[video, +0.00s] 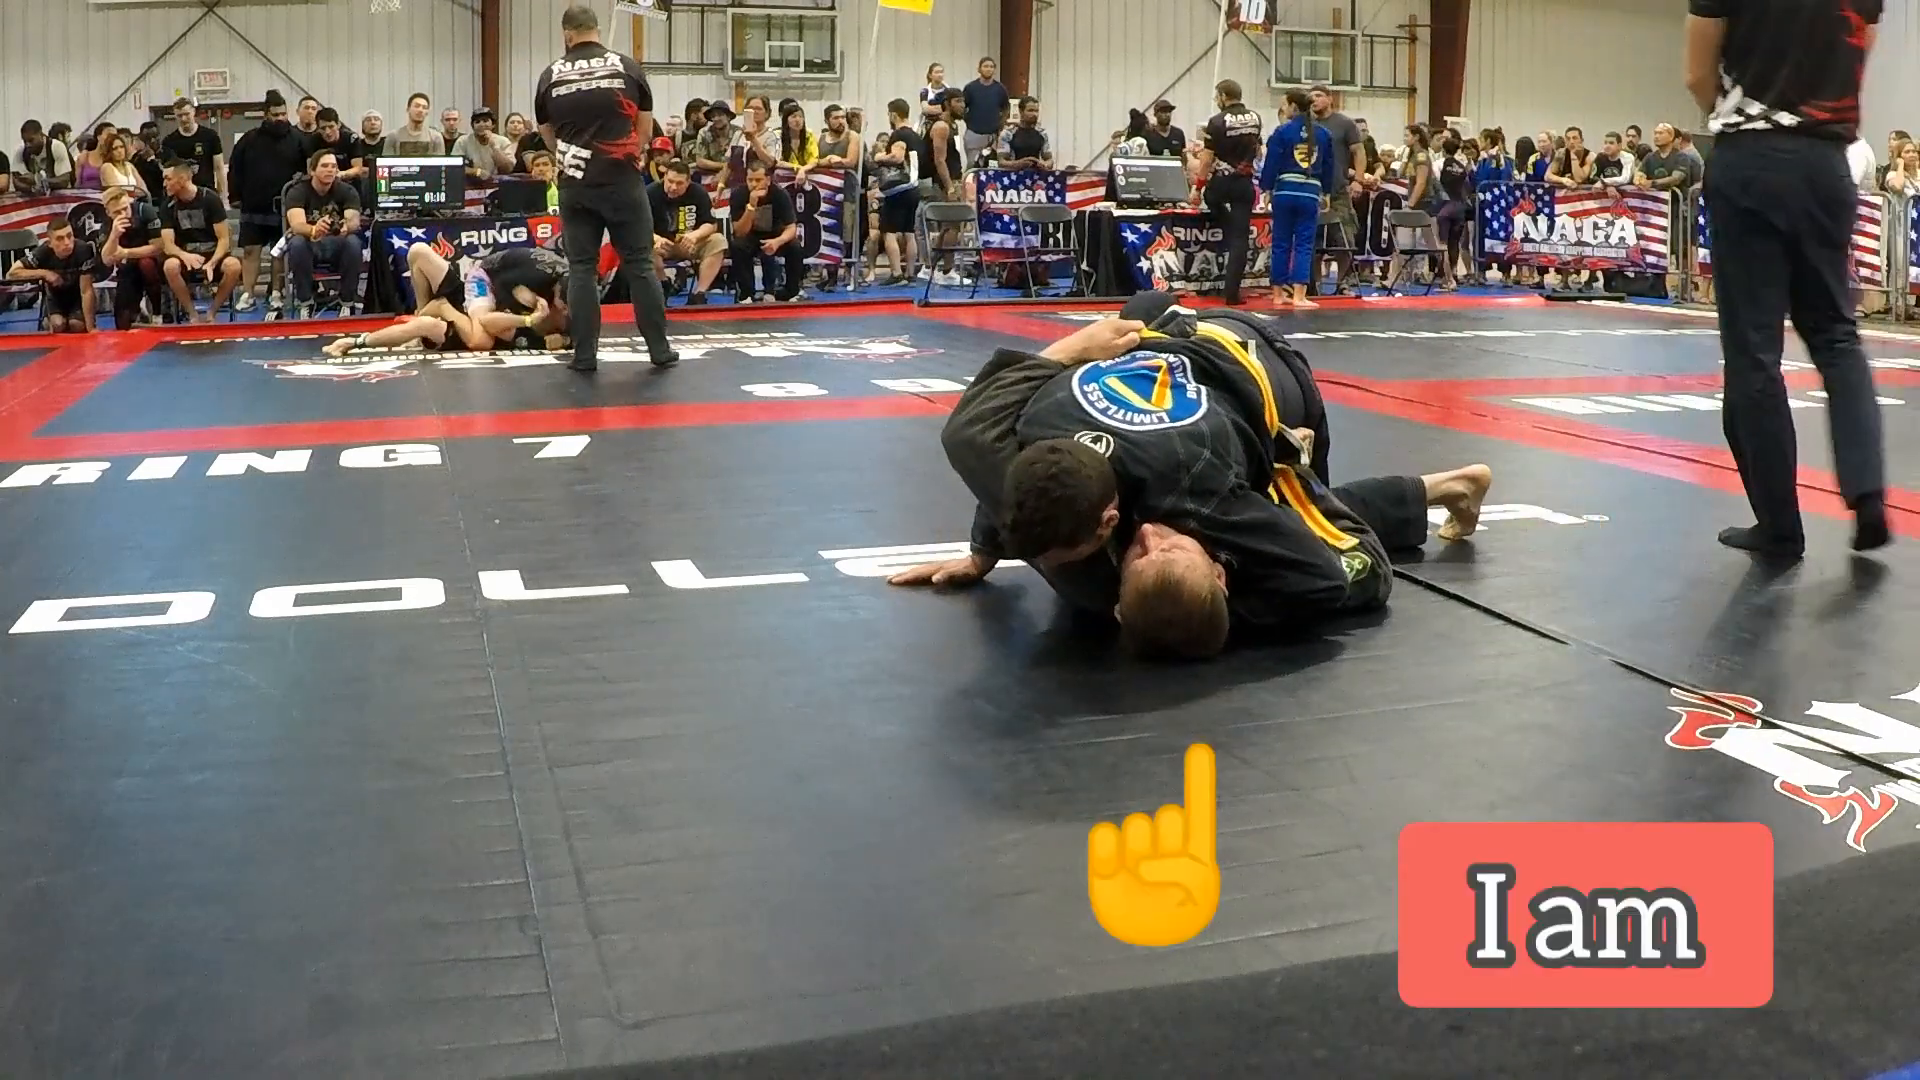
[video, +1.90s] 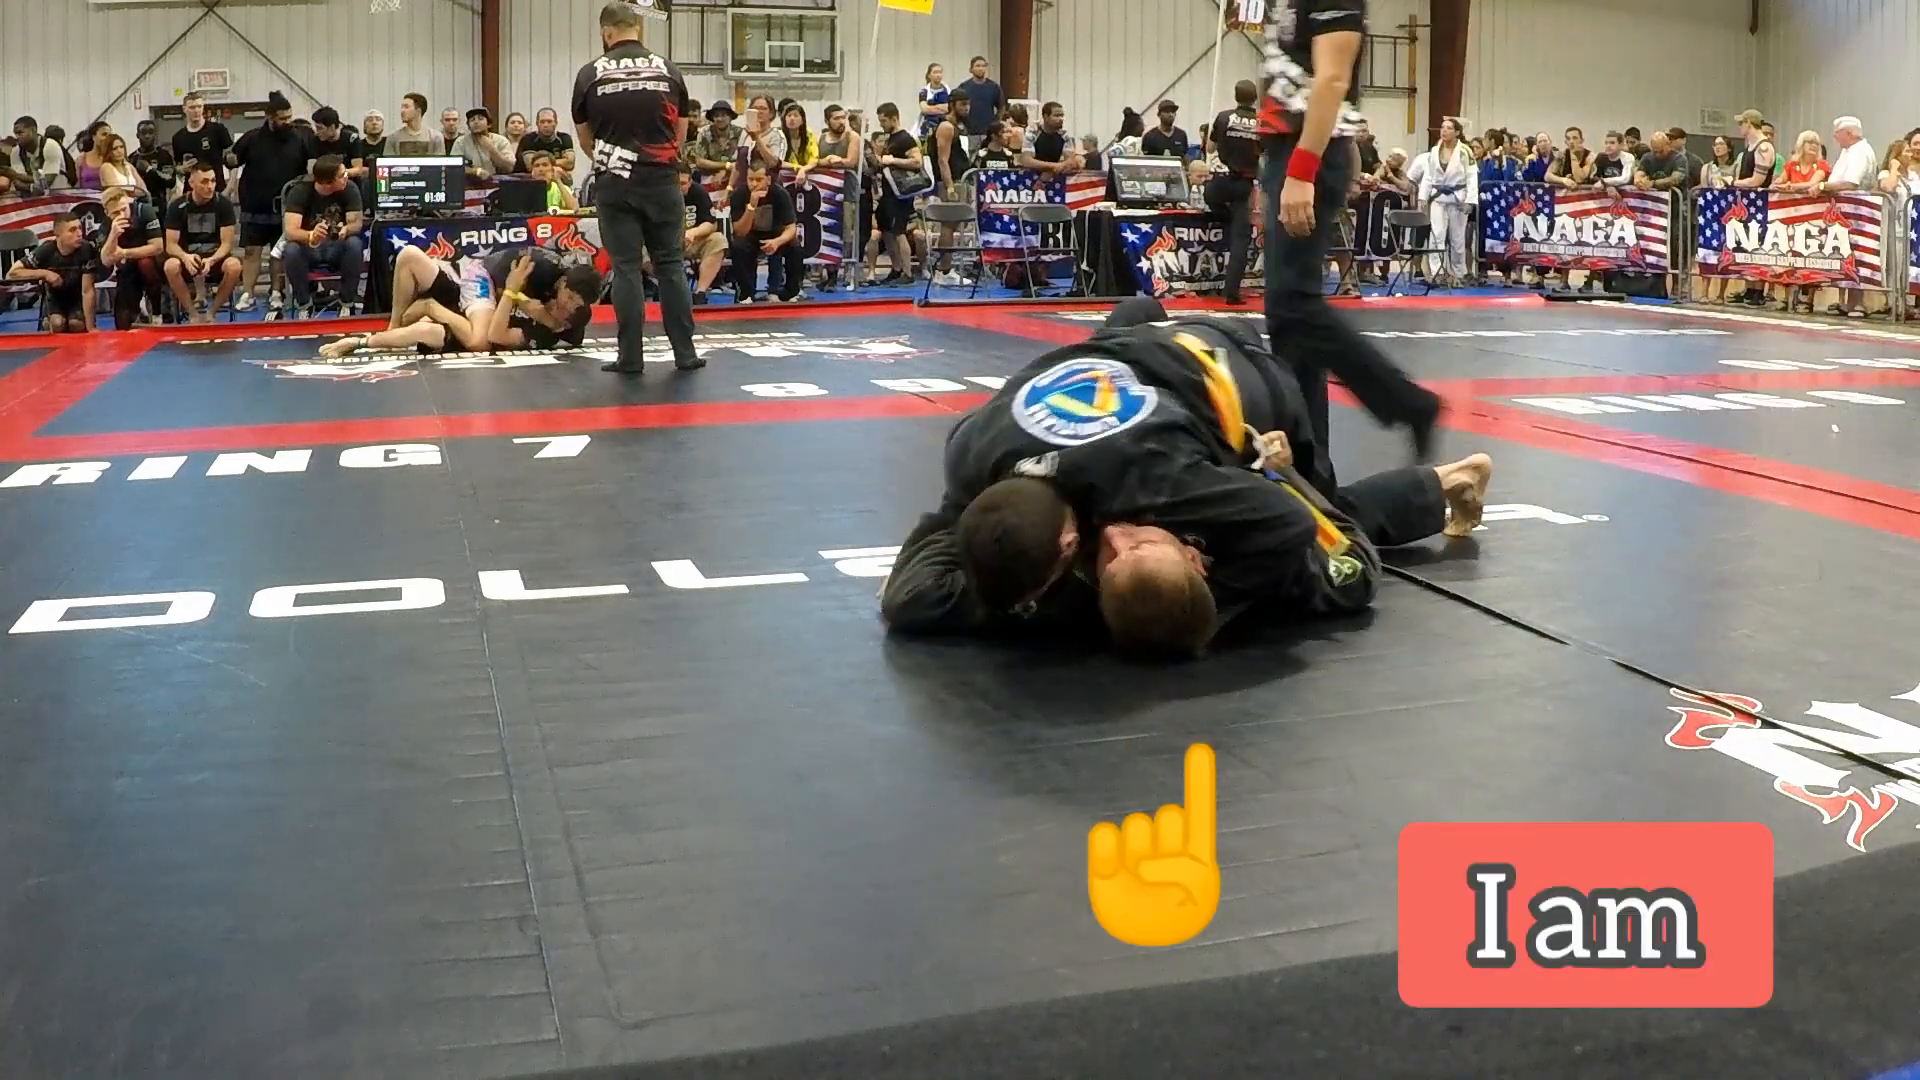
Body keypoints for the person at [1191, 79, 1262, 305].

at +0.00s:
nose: (1216, 99)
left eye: (1217, 96)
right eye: (1217, 96)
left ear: (1222, 97)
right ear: (1239, 96)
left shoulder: (1216, 122)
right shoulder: (1255, 118)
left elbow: (1208, 159)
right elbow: (1256, 149)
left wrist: (1198, 186)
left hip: (1220, 179)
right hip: (1245, 181)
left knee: (1212, 200)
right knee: (1239, 238)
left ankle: (1231, 228)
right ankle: (1232, 293)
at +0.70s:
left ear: (1230, 97)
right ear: (1250, 97)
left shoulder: (1221, 120)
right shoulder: (1261, 121)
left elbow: (1210, 155)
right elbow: (1259, 152)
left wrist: (1198, 159)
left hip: (1222, 179)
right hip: (1245, 183)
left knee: (1205, 197)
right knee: (1239, 239)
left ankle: (1228, 222)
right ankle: (1231, 292)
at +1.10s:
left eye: (1236, 94)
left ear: (1234, 97)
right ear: (1253, 98)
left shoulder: (1223, 116)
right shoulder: (1264, 121)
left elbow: (1203, 131)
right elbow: (1259, 145)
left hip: (1224, 179)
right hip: (1247, 182)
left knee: (1209, 197)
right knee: (1240, 239)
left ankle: (1231, 223)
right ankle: (1232, 293)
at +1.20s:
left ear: (1237, 97)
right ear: (1256, 99)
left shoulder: (1225, 115)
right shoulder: (1265, 122)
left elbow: (1205, 127)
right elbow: (1258, 141)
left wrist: (1205, 154)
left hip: (1224, 177)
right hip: (1247, 181)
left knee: (1210, 197)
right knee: (1240, 238)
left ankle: (1232, 223)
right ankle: (1231, 293)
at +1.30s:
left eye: (1240, 93)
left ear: (1238, 97)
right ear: (1257, 98)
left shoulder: (1226, 116)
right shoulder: (1265, 122)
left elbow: (1206, 126)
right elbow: (1268, 141)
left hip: (1224, 177)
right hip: (1247, 181)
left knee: (1210, 197)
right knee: (1240, 239)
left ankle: (1231, 222)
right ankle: (1232, 293)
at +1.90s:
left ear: (1235, 97)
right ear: (1255, 98)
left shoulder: (1223, 117)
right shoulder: (1261, 120)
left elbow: (1211, 146)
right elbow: (1263, 148)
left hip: (1223, 176)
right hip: (1245, 179)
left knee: (1211, 198)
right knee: (1241, 237)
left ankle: (1230, 219)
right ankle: (1231, 292)